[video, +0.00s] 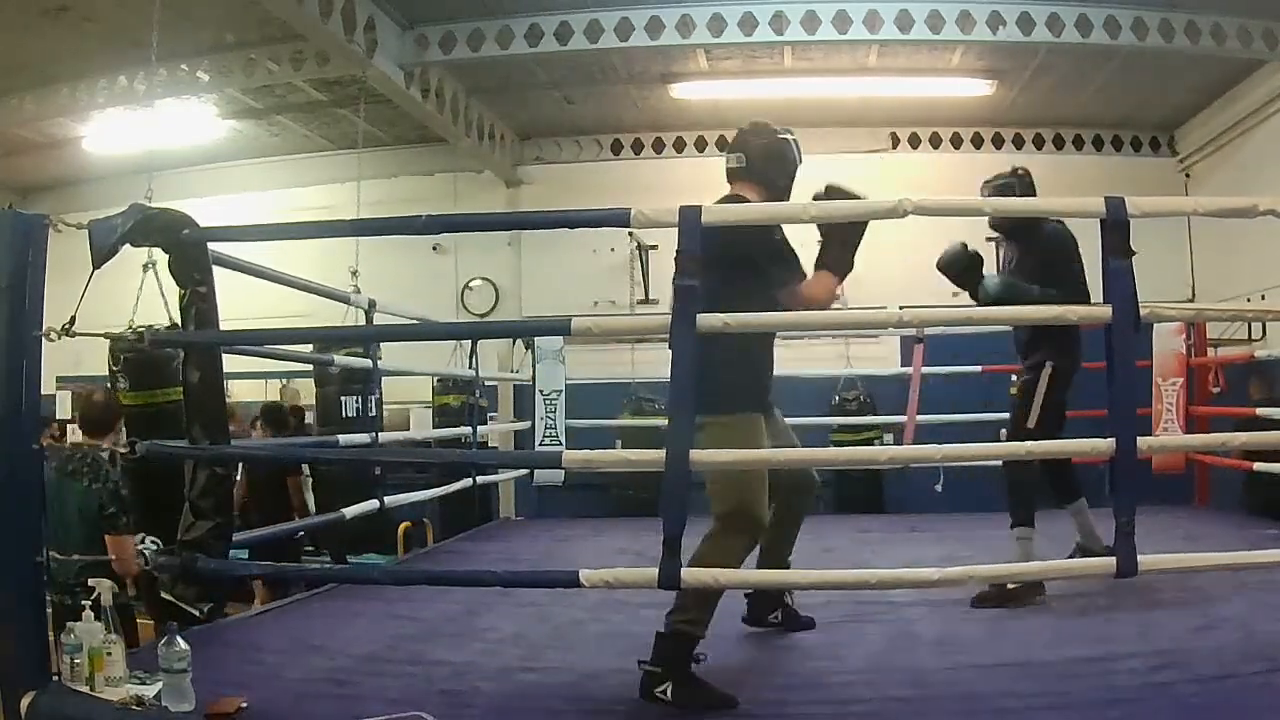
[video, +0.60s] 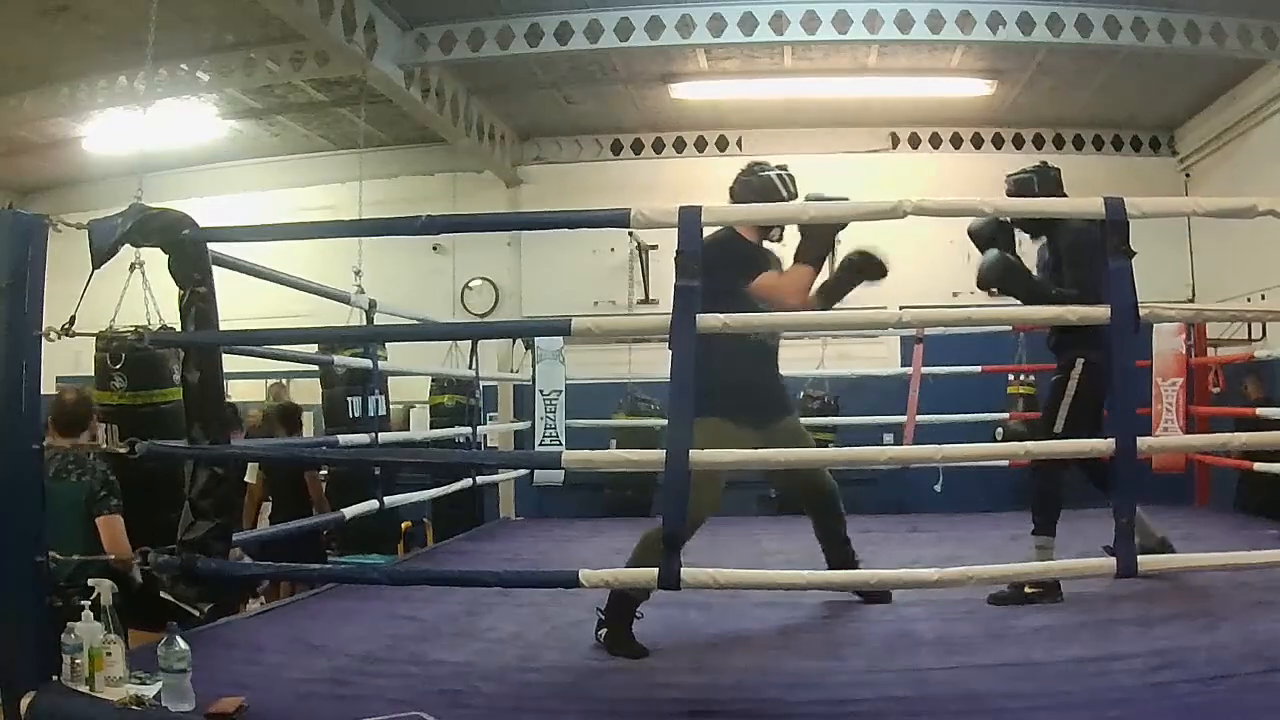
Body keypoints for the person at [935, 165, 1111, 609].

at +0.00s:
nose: (991, 216)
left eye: (997, 206)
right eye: (988, 207)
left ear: (1020, 202)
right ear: (997, 205)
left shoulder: (1052, 237)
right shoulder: (1010, 243)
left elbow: (1074, 302)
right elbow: (1008, 300)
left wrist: (1015, 294)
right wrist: (975, 281)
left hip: (1054, 355)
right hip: (1035, 356)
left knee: (1017, 449)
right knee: (1048, 447)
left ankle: (1025, 568)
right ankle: (1092, 541)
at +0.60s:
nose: (1016, 213)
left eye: (1021, 203)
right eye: (1014, 205)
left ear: (1043, 198)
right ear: (1047, 197)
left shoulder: (1077, 232)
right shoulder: (1058, 235)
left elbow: (1080, 301)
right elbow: (1050, 297)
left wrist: (1019, 282)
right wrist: (1009, 269)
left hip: (1087, 355)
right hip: (1081, 354)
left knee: (1047, 450)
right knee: (1083, 449)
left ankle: (1041, 569)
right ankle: (1147, 535)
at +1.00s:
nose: (1035, 212)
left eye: (1038, 202)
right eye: (1034, 204)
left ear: (1056, 194)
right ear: (1074, 188)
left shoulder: (1079, 224)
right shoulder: (1098, 228)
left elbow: (1034, 250)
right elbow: (1043, 290)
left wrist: (1002, 221)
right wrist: (1011, 259)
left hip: (1097, 356)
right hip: (1132, 353)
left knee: (1048, 453)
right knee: (1145, 448)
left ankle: (1033, 573)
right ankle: (1193, 551)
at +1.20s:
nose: (1053, 219)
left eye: (1057, 212)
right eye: (1054, 212)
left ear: (1070, 209)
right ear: (1102, 207)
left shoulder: (1073, 240)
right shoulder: (1135, 250)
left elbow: (1027, 272)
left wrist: (962, 274)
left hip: (1083, 379)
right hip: (1135, 379)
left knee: (1027, 459)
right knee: (1162, 459)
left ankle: (1020, 576)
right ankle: (1219, 556)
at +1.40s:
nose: (1029, 215)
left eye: (1032, 208)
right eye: (1030, 209)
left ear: (1044, 205)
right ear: (1083, 197)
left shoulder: (1041, 240)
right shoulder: (1116, 236)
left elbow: (986, 278)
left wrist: (938, 309)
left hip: (1070, 378)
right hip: (1126, 375)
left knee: (1018, 458)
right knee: (1159, 453)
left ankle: (1008, 565)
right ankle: (1201, 552)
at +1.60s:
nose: (1001, 206)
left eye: (1003, 200)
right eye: (1004, 201)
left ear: (1011, 200)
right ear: (1057, 196)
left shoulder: (999, 233)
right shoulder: (1091, 232)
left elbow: (929, 251)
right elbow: (1127, 243)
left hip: (1035, 382)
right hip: (1096, 379)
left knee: (986, 469)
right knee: (1145, 461)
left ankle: (935, 572)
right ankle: (1198, 569)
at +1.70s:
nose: (973, 200)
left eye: (974, 192)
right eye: (975, 192)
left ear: (984, 193)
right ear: (1027, 185)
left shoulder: (965, 226)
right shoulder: (1061, 224)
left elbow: (892, 242)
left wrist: (856, 226)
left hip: (1000, 367)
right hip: (1059, 362)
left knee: (971, 465)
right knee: (1114, 454)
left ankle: (933, 579)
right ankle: (1163, 567)